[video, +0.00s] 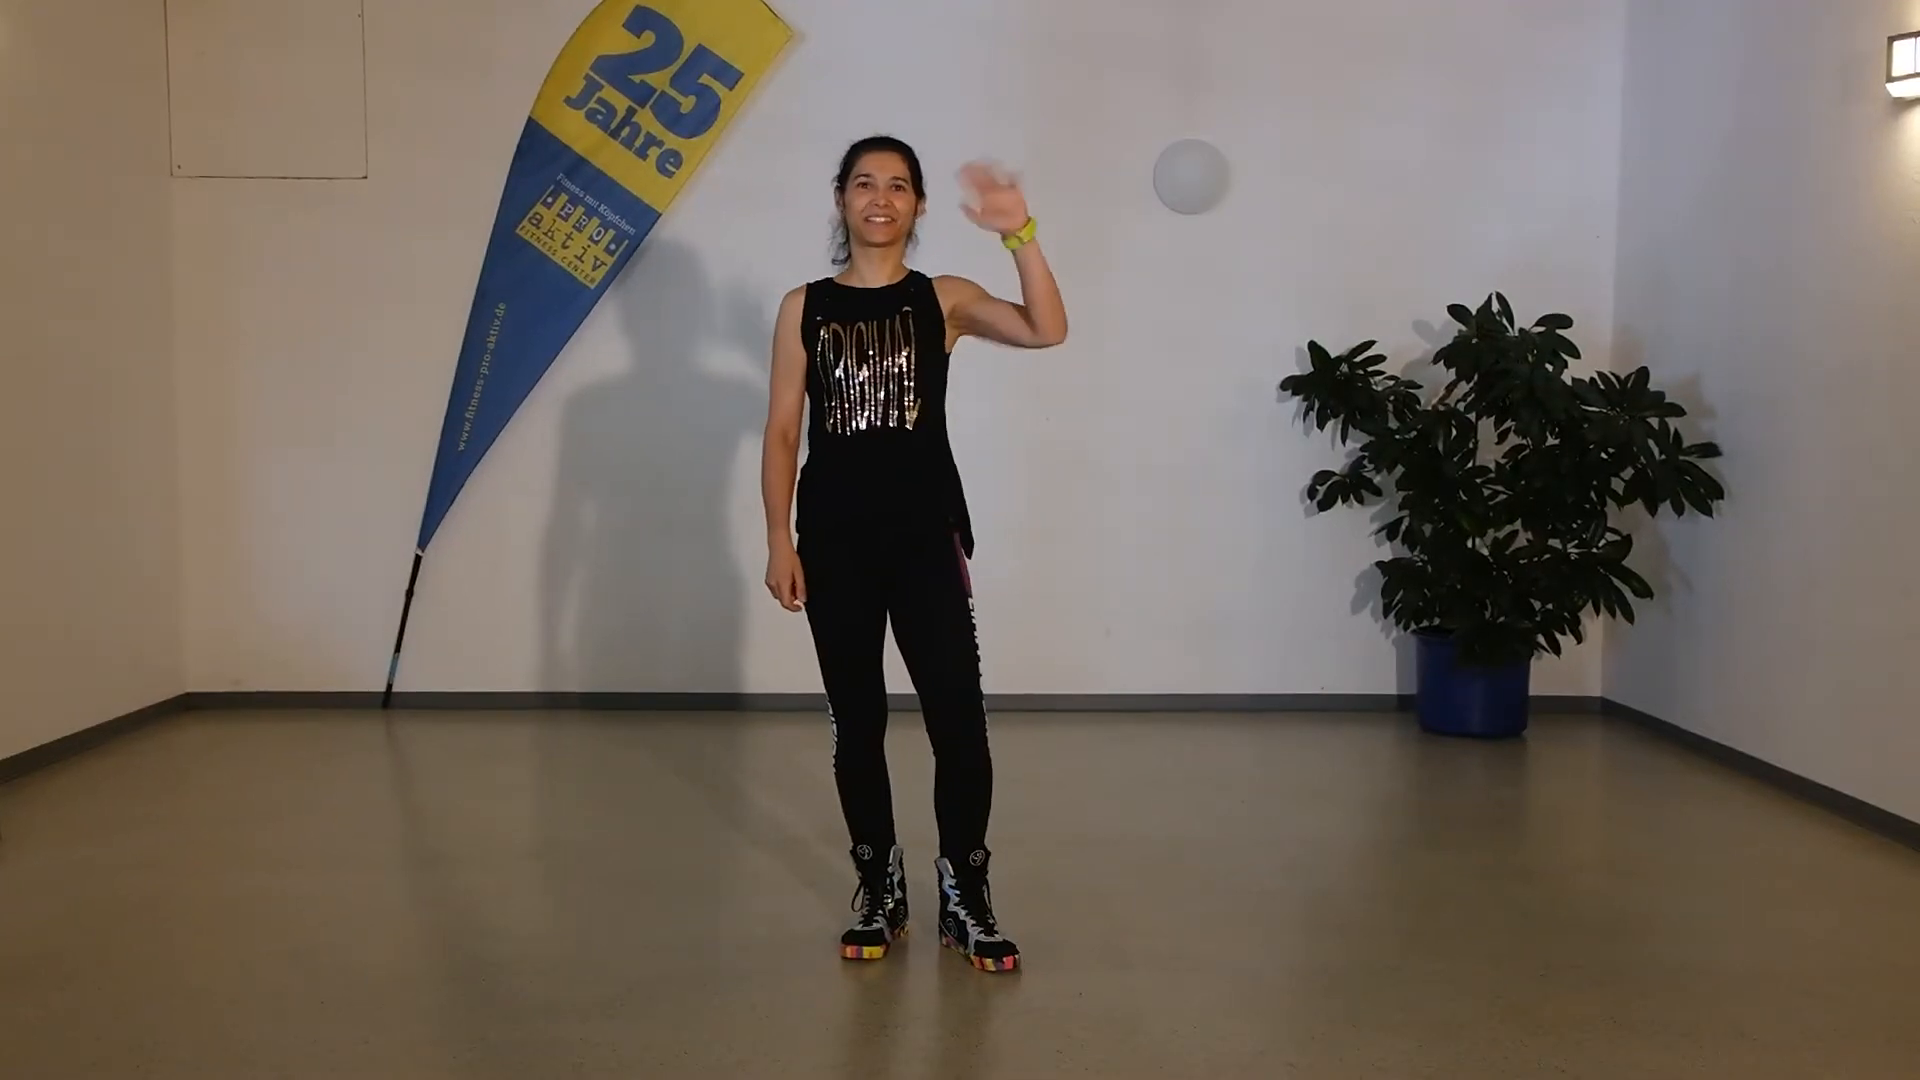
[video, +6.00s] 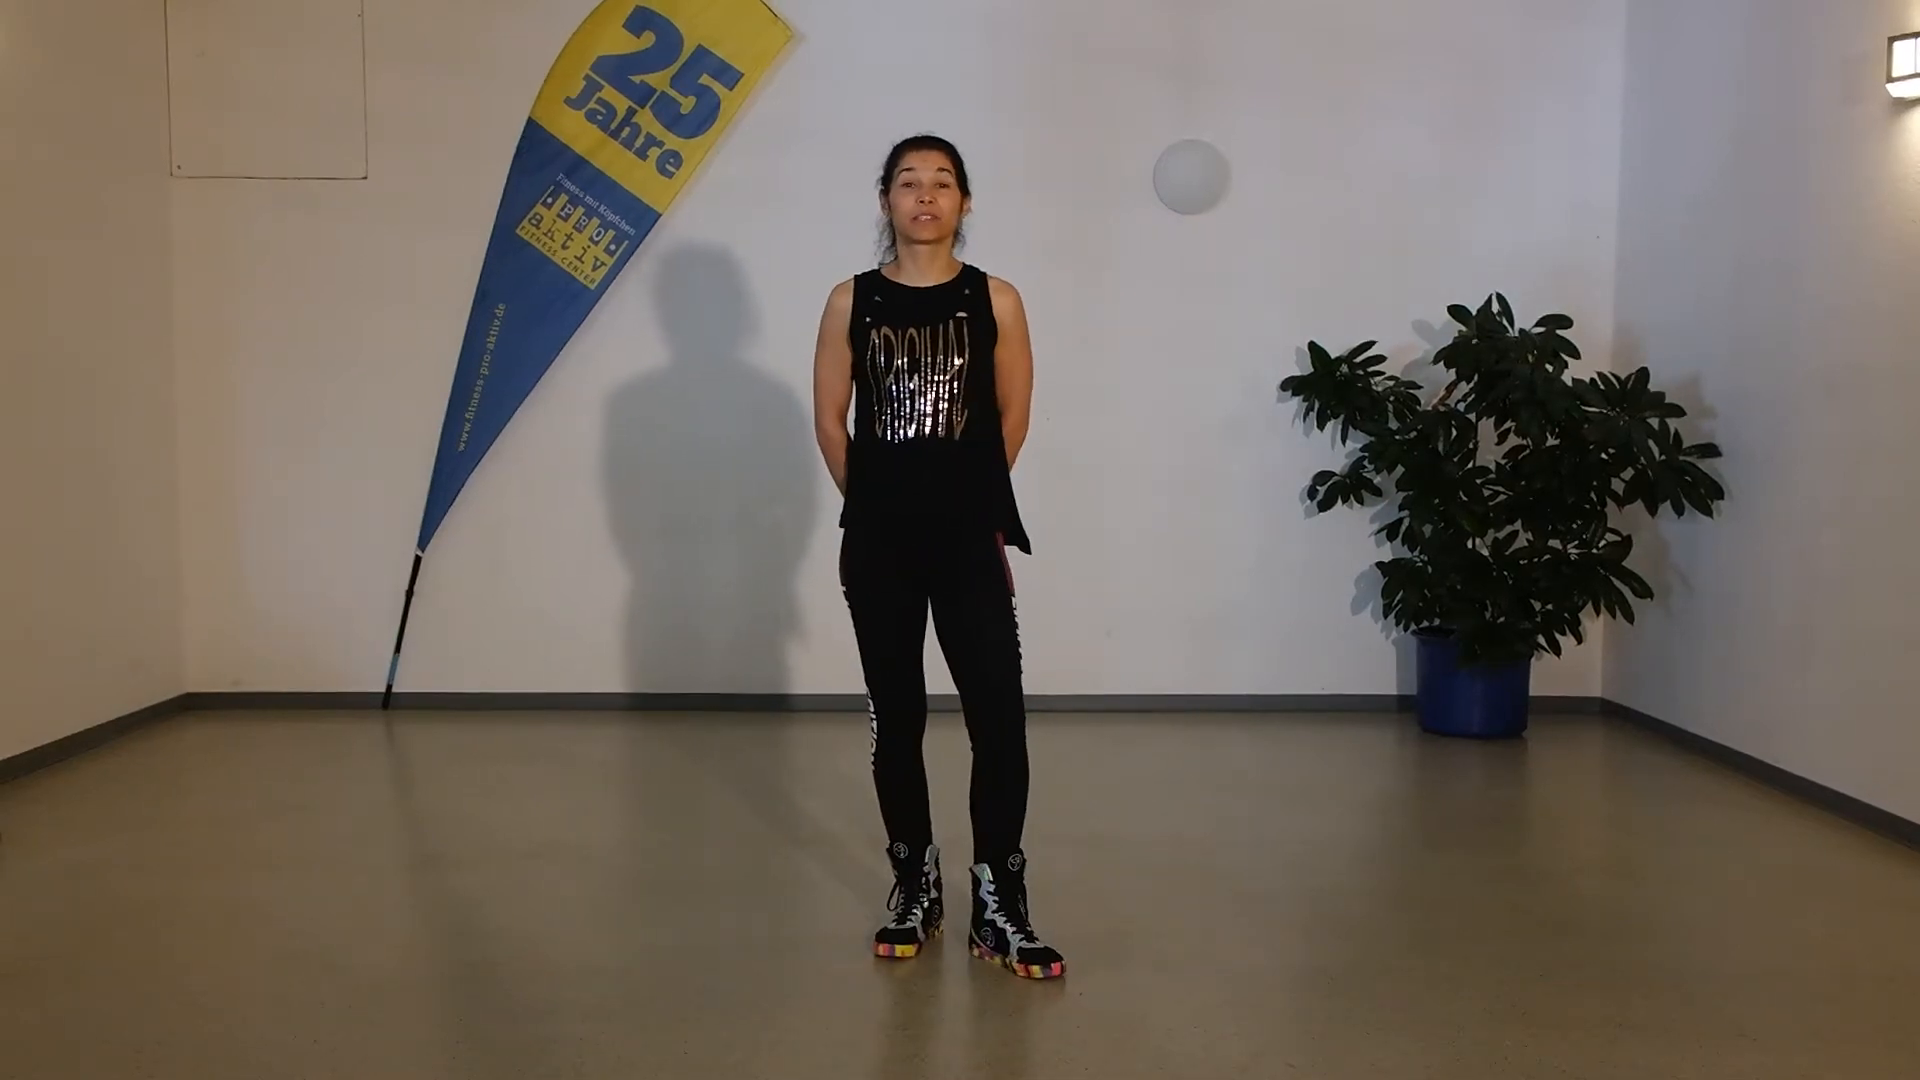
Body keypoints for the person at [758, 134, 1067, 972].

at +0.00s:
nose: (880, 198)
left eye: (895, 187)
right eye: (865, 185)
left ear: (916, 207)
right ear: (841, 202)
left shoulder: (945, 297)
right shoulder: (805, 307)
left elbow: (1046, 327)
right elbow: (783, 430)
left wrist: (1018, 234)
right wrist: (779, 539)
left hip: (928, 541)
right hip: (834, 543)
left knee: (958, 720)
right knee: (857, 723)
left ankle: (965, 899)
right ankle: (878, 891)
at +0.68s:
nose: (897, 195)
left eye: (914, 186)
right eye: (881, 181)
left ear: (930, 209)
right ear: (854, 198)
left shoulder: (950, 304)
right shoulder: (812, 303)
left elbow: (1013, 409)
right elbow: (787, 428)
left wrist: (998, 338)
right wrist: (799, 531)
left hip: (930, 542)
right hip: (839, 542)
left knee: (964, 717)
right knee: (859, 722)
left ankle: (951, 896)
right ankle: (878, 888)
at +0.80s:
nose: (896, 196)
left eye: (913, 187)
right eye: (881, 182)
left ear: (930, 209)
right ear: (854, 198)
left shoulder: (954, 307)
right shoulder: (812, 301)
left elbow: (982, 415)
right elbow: (786, 426)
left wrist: (1000, 457)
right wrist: (797, 529)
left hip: (930, 540)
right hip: (838, 540)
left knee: (966, 718)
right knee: (860, 722)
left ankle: (954, 899)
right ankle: (878, 891)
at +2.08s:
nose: (946, 188)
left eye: (961, 174)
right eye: (928, 176)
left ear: (985, 192)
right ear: (906, 196)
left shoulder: (1025, 292)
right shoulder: (878, 301)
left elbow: (1053, 413)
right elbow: (856, 424)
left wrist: (1017, 492)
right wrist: (902, 503)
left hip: (1010, 529)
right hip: (919, 530)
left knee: (1029, 725)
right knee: (904, 719)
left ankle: (1046, 910)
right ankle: (884, 893)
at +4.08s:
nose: (927, 199)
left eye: (942, 184)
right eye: (910, 189)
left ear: (971, 199)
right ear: (894, 209)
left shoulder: (1006, 307)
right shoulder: (864, 299)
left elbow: (1023, 428)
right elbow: (833, 418)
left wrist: (977, 507)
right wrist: (867, 500)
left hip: (969, 532)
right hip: (878, 533)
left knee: (1000, 716)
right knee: (895, 716)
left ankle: (1006, 899)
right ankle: (911, 888)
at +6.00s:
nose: (925, 194)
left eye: (940, 184)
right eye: (909, 184)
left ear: (963, 204)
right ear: (885, 204)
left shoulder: (996, 299)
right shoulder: (852, 299)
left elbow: (1014, 421)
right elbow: (829, 423)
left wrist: (974, 499)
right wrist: (867, 505)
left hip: (969, 536)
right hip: (880, 538)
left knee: (999, 719)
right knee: (897, 720)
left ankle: (999, 903)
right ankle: (913, 886)